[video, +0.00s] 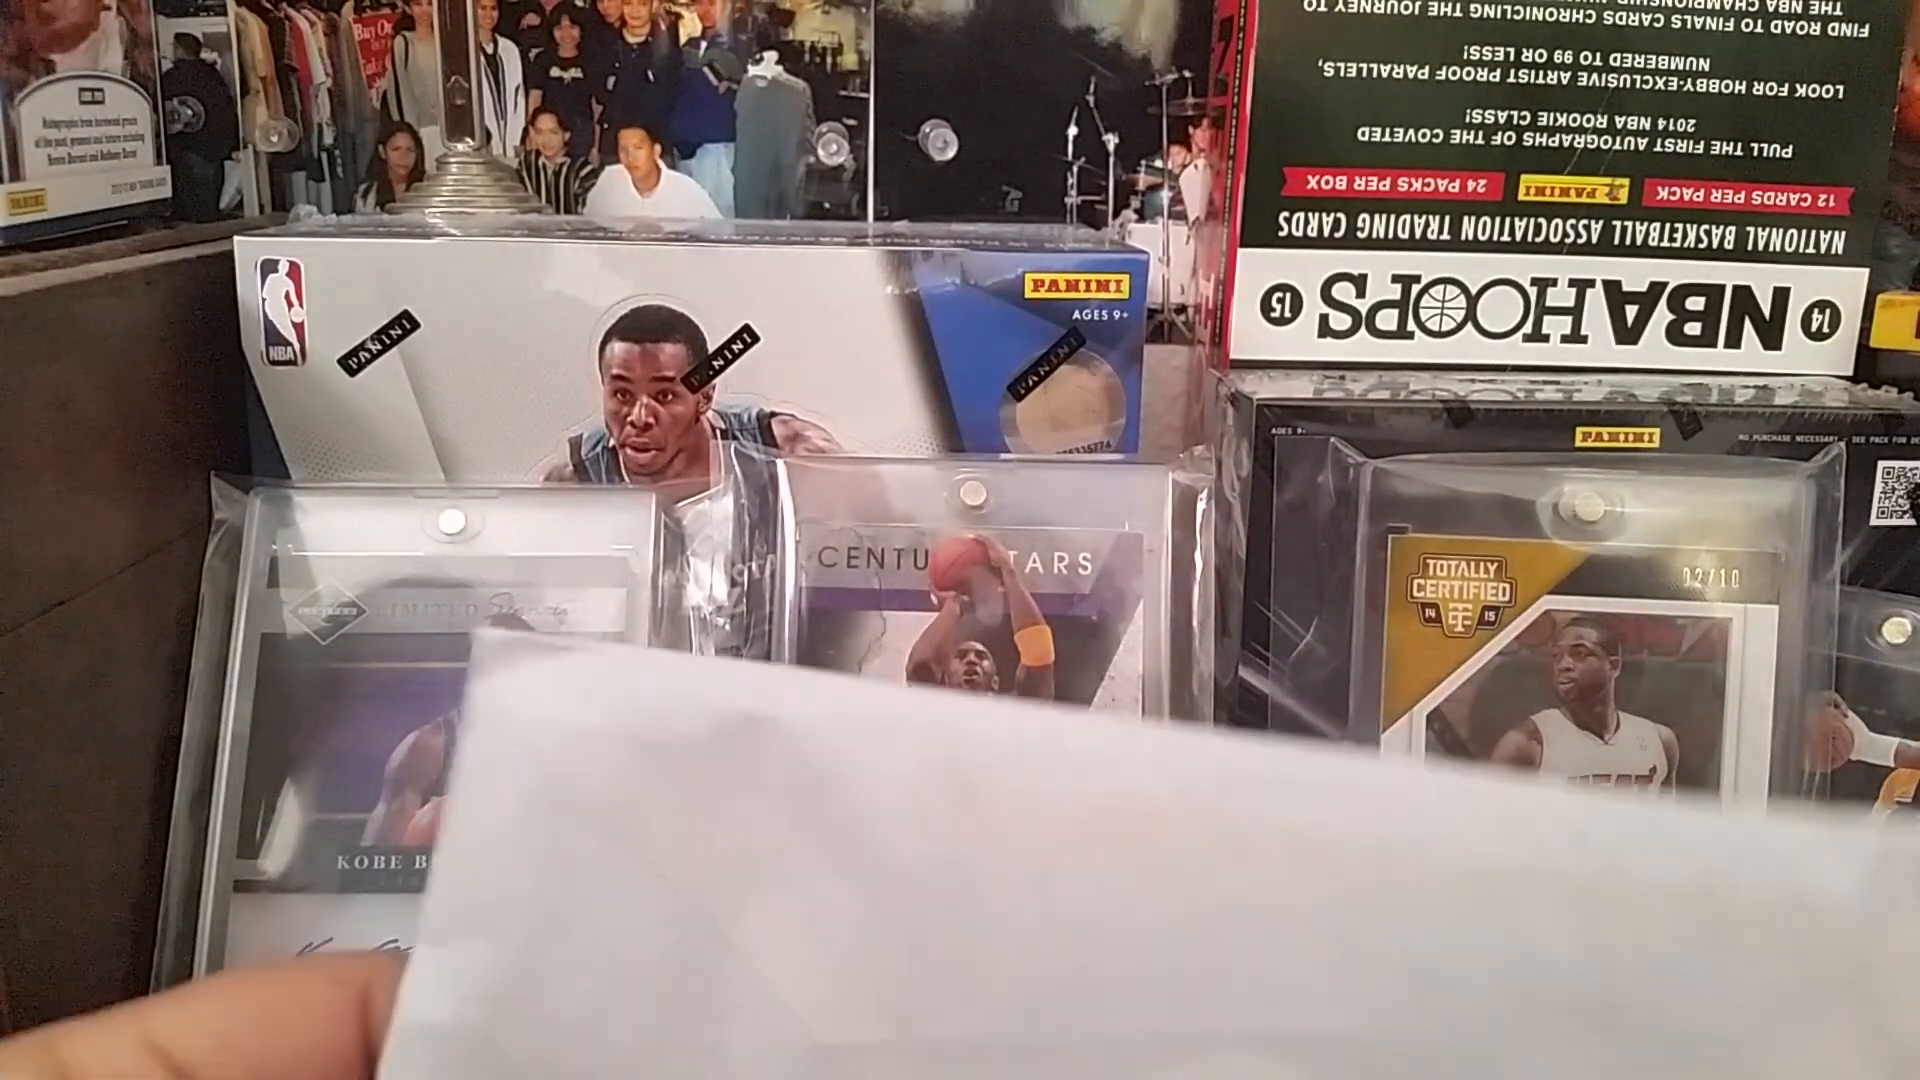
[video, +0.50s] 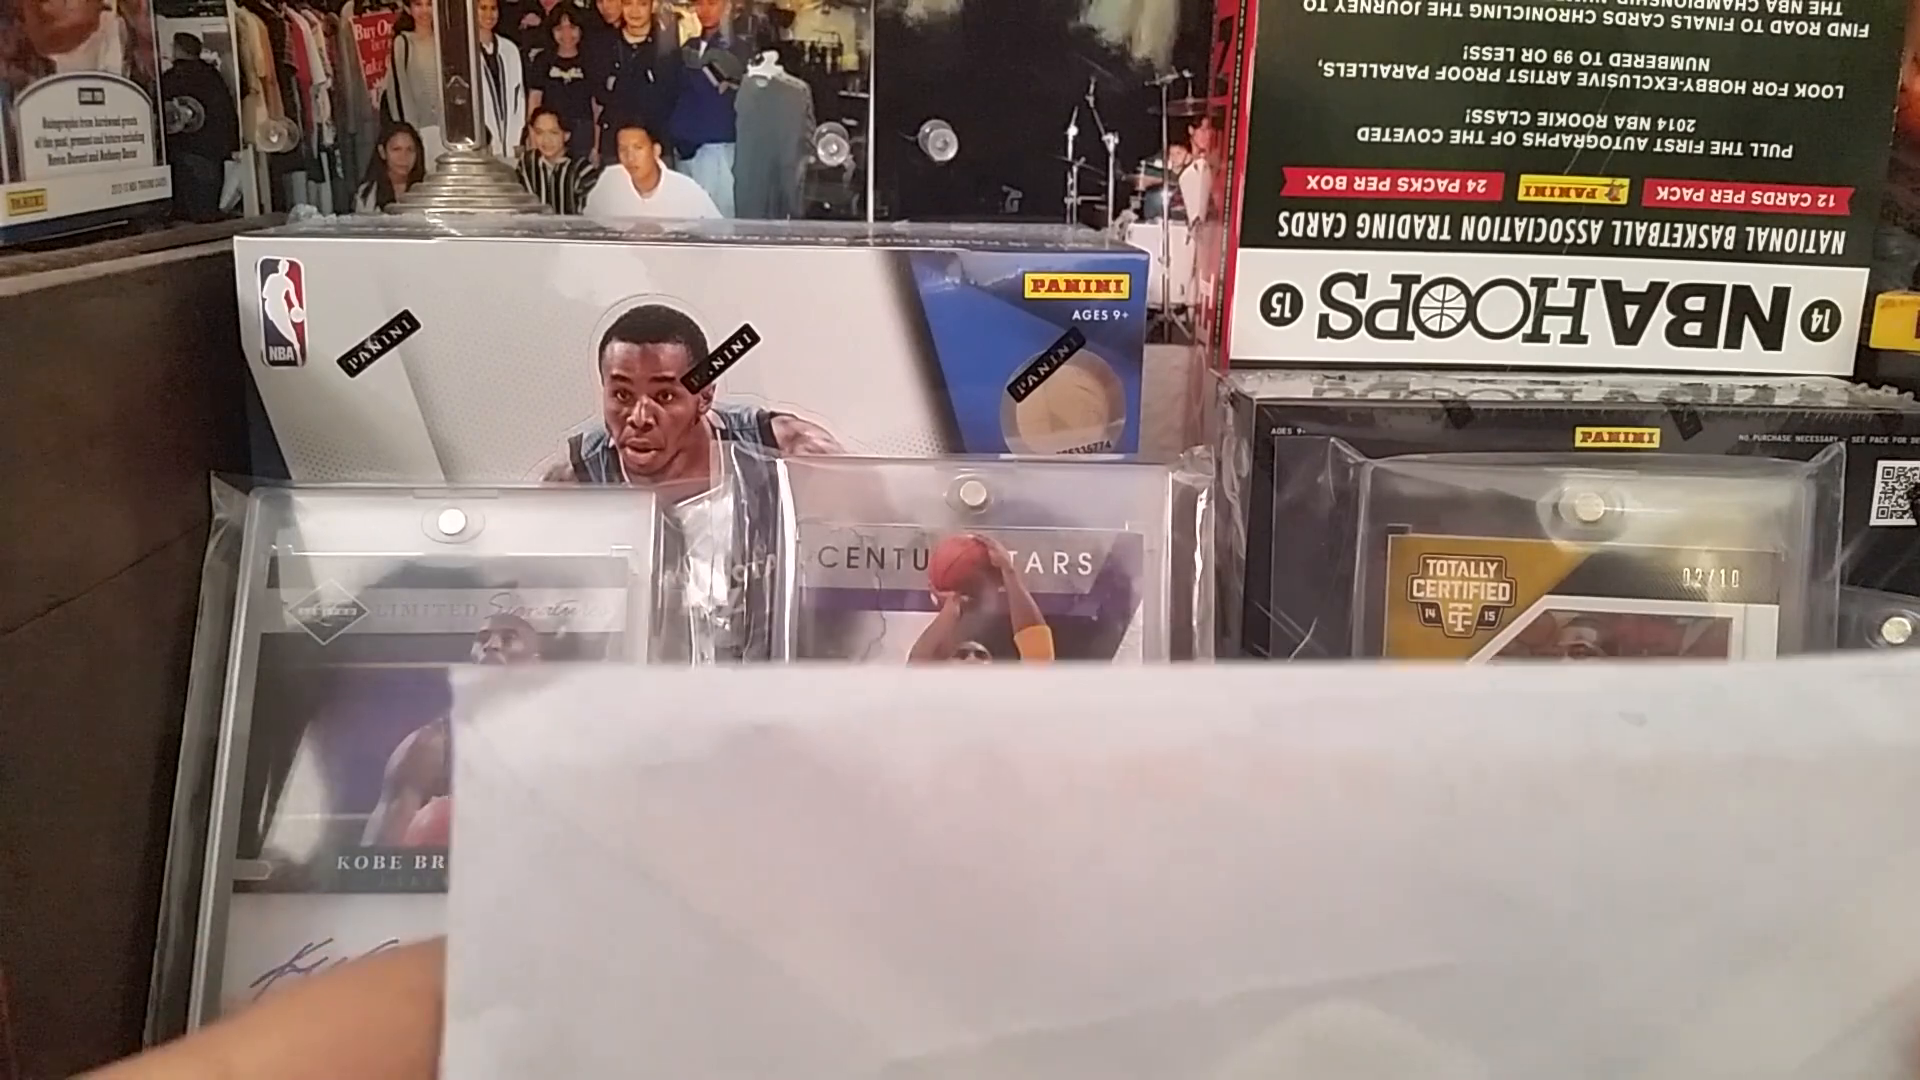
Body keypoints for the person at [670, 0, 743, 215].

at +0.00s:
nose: (701, 10)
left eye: (708, 4)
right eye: (699, 4)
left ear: (723, 7)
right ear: (695, 8)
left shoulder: (734, 47)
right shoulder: (689, 47)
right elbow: (674, 90)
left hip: (716, 141)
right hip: (683, 140)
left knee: (715, 212)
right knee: (687, 210)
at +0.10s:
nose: (703, 10)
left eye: (710, 4)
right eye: (700, 4)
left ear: (723, 8)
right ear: (695, 9)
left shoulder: (734, 49)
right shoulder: (688, 48)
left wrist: (686, 68)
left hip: (717, 140)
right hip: (683, 139)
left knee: (715, 209)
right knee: (687, 207)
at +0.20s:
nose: (703, 9)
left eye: (710, 4)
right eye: (701, 4)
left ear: (724, 8)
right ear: (696, 9)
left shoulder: (735, 49)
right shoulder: (688, 48)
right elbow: (674, 90)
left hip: (718, 139)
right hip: (683, 139)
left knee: (716, 207)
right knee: (687, 206)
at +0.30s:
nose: (704, 10)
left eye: (711, 3)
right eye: (699, 4)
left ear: (726, 6)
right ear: (694, 9)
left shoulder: (738, 48)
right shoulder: (688, 48)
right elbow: (672, 92)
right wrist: (670, 137)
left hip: (715, 144)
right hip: (682, 144)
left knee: (716, 218)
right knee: (685, 215)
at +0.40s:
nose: (703, 10)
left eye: (711, 3)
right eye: (699, 4)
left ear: (726, 6)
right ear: (694, 8)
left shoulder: (739, 49)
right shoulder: (688, 48)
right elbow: (673, 93)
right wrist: (673, 136)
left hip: (718, 145)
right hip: (683, 144)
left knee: (717, 218)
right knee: (686, 215)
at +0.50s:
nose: (704, 10)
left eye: (711, 3)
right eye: (699, 4)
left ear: (725, 6)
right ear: (694, 8)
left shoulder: (739, 49)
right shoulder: (687, 48)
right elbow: (672, 94)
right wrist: (671, 137)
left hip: (719, 144)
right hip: (683, 144)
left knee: (716, 216)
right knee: (686, 214)